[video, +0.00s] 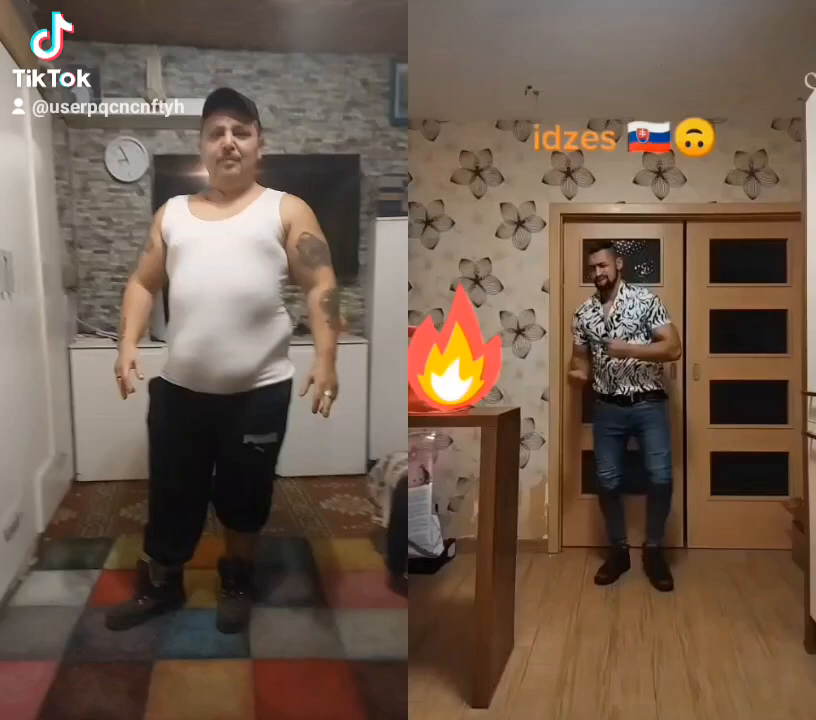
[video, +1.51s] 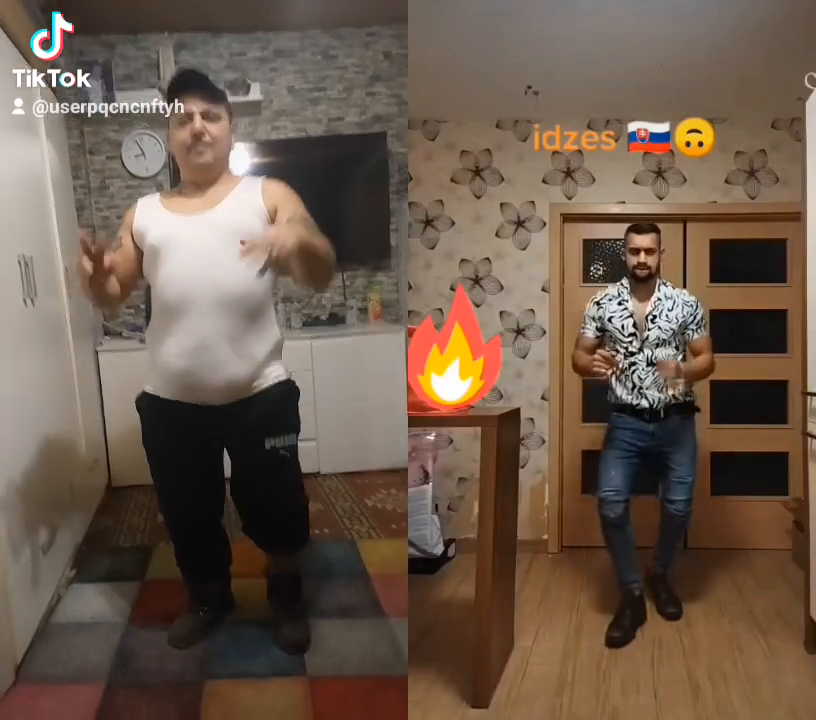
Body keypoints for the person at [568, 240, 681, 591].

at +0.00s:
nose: (598, 272)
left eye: (603, 265)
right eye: (593, 268)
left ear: (619, 266)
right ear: (590, 272)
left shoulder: (646, 300)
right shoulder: (585, 313)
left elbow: (672, 348)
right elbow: (580, 357)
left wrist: (629, 349)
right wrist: (581, 369)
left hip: (649, 405)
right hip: (608, 407)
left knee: (660, 479)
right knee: (607, 480)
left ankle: (654, 552)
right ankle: (618, 553)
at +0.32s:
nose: (602, 270)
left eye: (608, 264)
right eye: (597, 266)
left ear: (625, 265)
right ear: (594, 270)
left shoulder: (651, 301)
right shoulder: (588, 313)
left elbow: (671, 350)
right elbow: (579, 357)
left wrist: (625, 342)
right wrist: (578, 378)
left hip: (648, 405)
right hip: (605, 408)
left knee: (664, 477)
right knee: (604, 483)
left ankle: (656, 541)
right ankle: (618, 553)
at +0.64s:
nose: (623, 266)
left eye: (629, 259)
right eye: (617, 261)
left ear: (644, 262)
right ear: (611, 267)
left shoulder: (667, 299)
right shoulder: (601, 309)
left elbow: (683, 352)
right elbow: (594, 352)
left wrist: (634, 350)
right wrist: (593, 377)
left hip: (657, 407)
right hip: (614, 406)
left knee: (664, 485)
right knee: (610, 482)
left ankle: (665, 568)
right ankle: (619, 553)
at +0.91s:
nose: (642, 267)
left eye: (649, 260)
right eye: (636, 261)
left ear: (662, 262)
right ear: (628, 265)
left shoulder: (685, 305)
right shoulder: (617, 311)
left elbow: (700, 363)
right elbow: (608, 356)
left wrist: (664, 386)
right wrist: (607, 381)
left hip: (670, 416)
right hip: (626, 415)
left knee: (672, 495)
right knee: (603, 484)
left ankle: (669, 575)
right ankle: (629, 548)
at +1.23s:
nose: (647, 261)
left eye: (654, 254)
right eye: (640, 254)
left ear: (666, 257)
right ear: (630, 258)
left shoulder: (689, 298)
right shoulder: (612, 305)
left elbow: (717, 347)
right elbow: (595, 356)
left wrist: (692, 386)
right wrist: (605, 367)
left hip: (673, 416)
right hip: (626, 414)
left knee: (676, 499)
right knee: (600, 488)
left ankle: (667, 578)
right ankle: (622, 592)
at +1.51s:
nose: (642, 259)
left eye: (650, 251)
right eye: (635, 251)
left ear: (661, 255)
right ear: (624, 255)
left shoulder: (684, 303)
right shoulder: (604, 303)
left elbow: (705, 360)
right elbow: (579, 357)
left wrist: (682, 370)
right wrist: (595, 365)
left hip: (676, 422)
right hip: (626, 422)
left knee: (678, 507)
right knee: (610, 504)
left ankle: (661, 576)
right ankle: (632, 596)